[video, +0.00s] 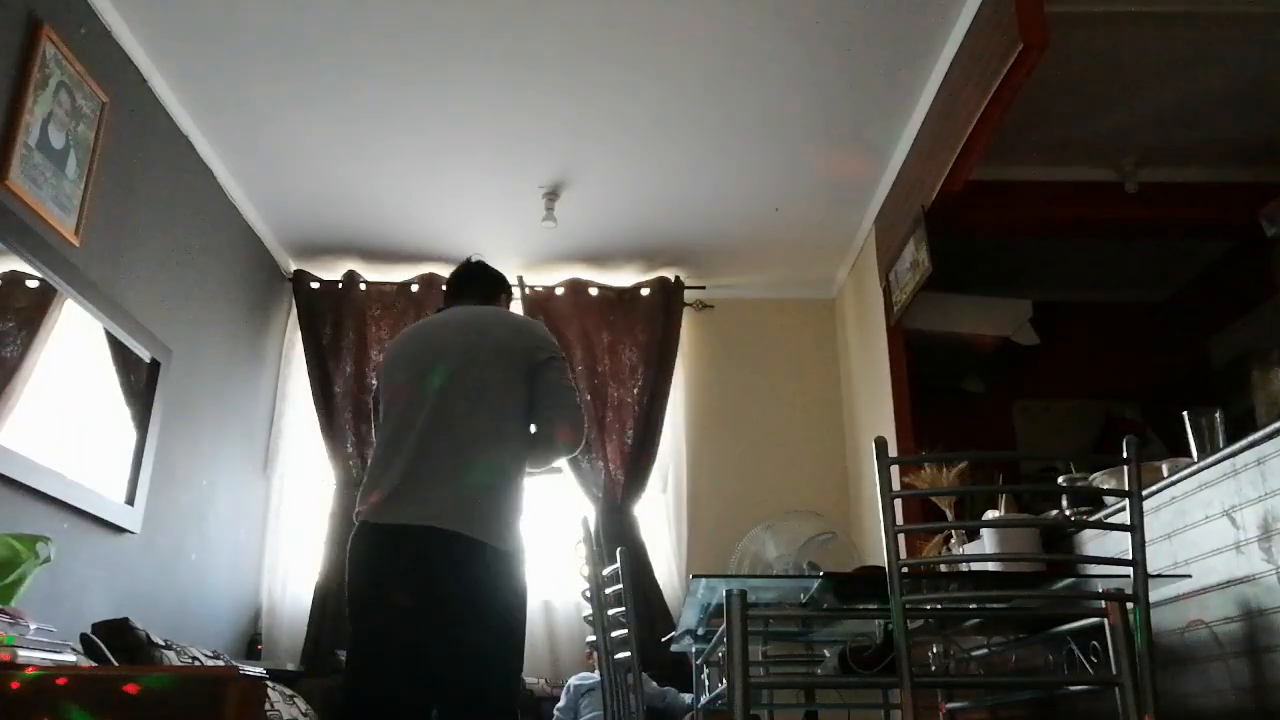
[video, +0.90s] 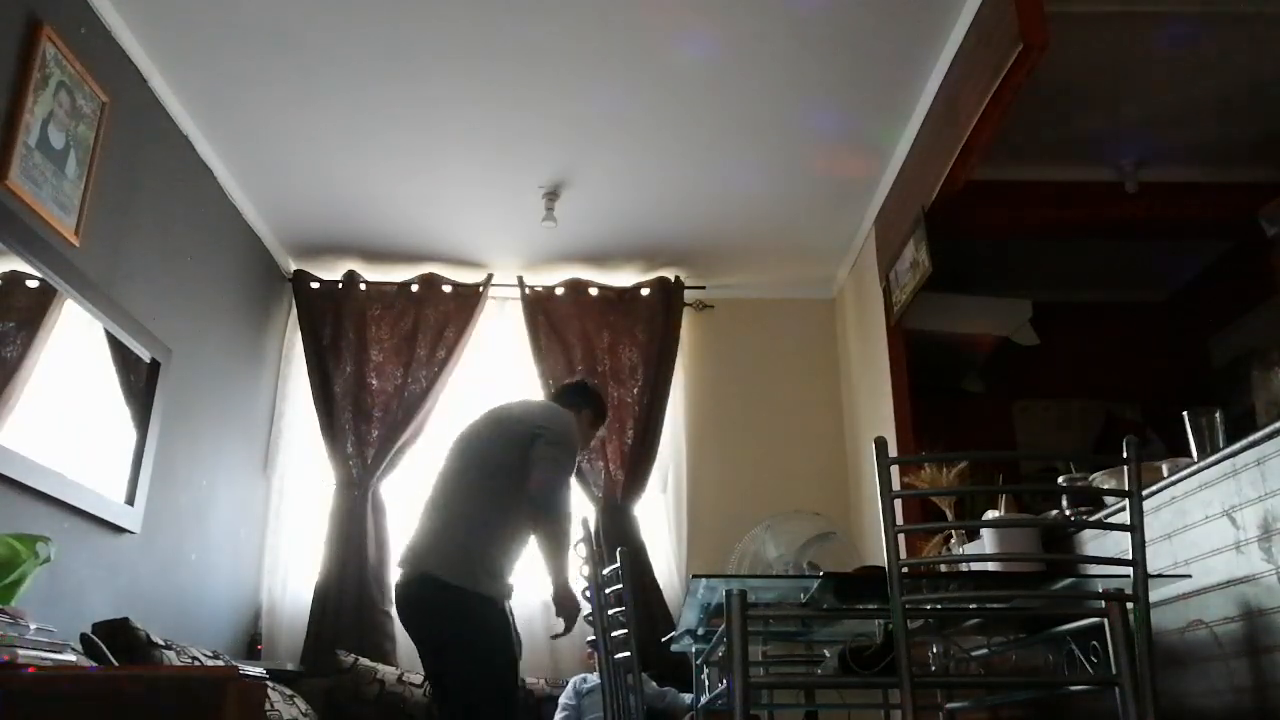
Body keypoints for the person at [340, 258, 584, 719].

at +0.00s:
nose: (513, 310)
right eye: (511, 304)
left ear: (444, 299)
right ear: (505, 301)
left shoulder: (401, 341)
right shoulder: (529, 334)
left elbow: (384, 437)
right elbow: (565, 432)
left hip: (380, 543)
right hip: (477, 549)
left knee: (380, 694)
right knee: (480, 701)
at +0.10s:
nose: (528, 314)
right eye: (527, 308)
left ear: (460, 305)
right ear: (520, 305)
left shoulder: (416, 347)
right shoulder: (540, 340)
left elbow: (381, 465)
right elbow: (583, 429)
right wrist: (537, 476)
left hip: (403, 555)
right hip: (496, 557)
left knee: (402, 698)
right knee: (491, 703)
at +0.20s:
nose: (538, 326)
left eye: (537, 320)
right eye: (538, 319)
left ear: (474, 315)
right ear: (530, 315)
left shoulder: (424, 358)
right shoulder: (551, 353)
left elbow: (393, 472)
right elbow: (595, 431)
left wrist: (443, 502)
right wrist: (564, 504)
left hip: (429, 572)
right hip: (517, 572)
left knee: (434, 706)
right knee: (517, 706)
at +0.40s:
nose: (562, 345)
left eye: (562, 338)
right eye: (562, 337)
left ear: (504, 327)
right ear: (551, 331)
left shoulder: (444, 371)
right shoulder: (556, 363)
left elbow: (413, 469)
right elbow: (595, 463)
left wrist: (469, 487)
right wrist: (626, 479)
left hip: (435, 571)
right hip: (511, 573)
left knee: (472, 705)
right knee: (528, 709)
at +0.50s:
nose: (564, 366)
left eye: (563, 359)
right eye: (564, 358)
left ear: (511, 345)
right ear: (555, 350)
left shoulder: (456, 385)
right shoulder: (559, 381)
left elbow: (452, 481)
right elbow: (580, 488)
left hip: (431, 582)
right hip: (505, 586)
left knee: (462, 709)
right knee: (524, 709)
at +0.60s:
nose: (567, 393)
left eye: (568, 385)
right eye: (568, 384)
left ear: (519, 368)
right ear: (560, 374)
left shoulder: (465, 401)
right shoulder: (554, 403)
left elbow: (451, 487)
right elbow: (574, 494)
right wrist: (557, 540)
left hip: (427, 593)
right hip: (496, 596)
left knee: (462, 707)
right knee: (526, 708)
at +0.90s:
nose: (587, 443)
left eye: (593, 435)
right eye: (592, 431)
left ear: (558, 399)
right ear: (583, 414)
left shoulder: (508, 418)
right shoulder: (558, 422)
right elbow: (546, 499)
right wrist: (561, 584)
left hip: (423, 587)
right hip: (463, 592)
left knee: (459, 706)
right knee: (492, 707)